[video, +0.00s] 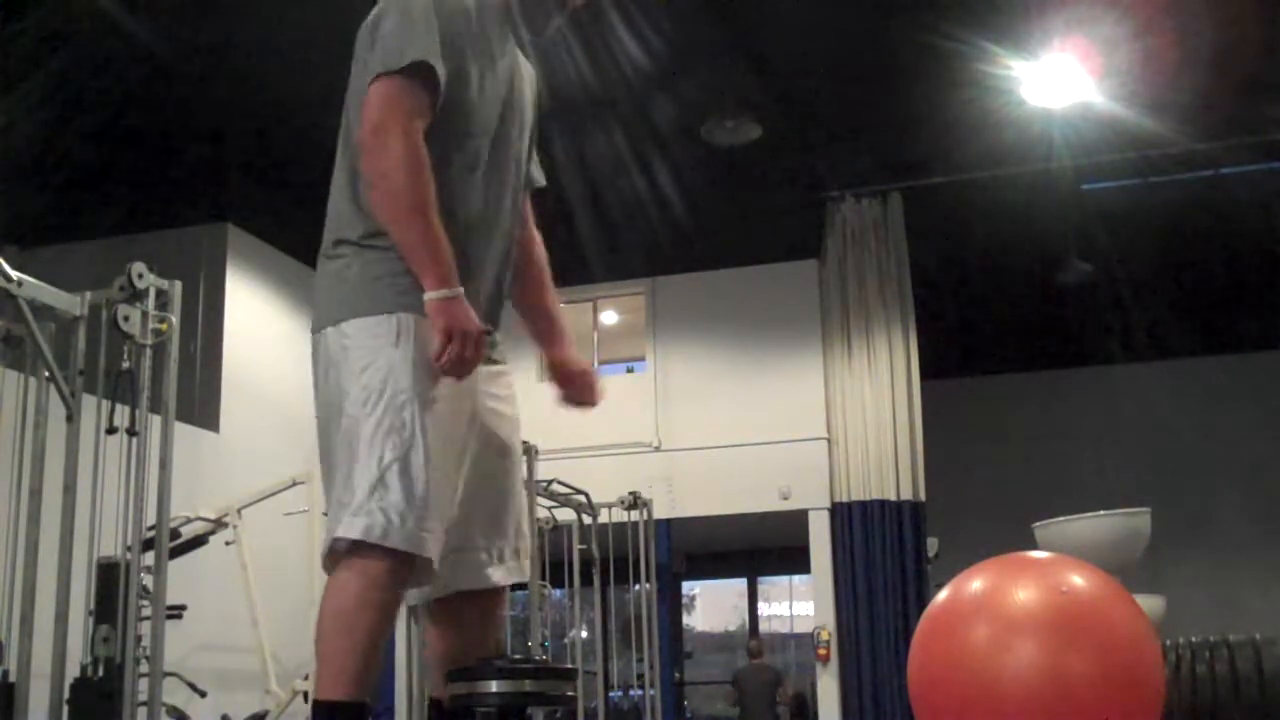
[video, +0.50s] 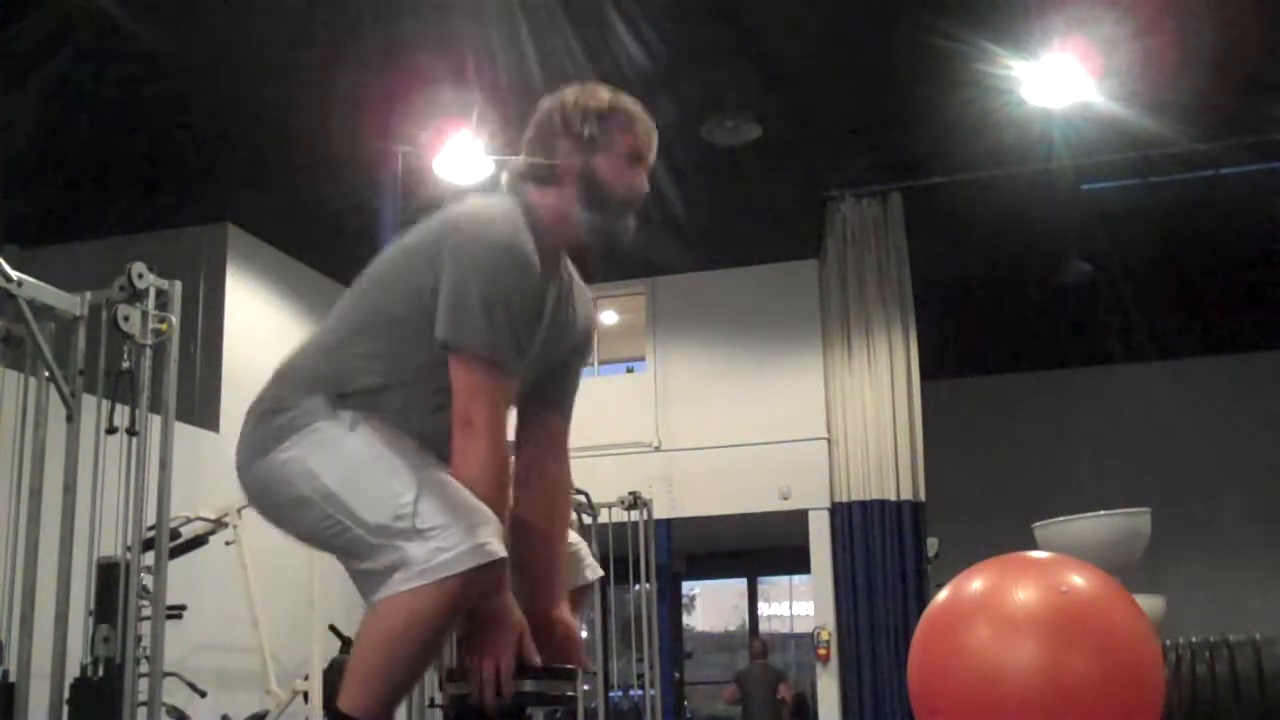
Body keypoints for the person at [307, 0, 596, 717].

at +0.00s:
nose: (580, 6)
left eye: (581, 10)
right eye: (578, 3)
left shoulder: (517, 64)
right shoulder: (427, 6)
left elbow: (513, 217)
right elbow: (386, 137)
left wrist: (557, 342)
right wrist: (442, 286)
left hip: (472, 323)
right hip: (388, 305)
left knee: (474, 567)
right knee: (380, 543)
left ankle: (470, 717)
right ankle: (336, 714)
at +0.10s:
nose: (596, 11)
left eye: (598, 10)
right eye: (592, 1)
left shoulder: (532, 83)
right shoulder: (429, 15)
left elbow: (516, 226)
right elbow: (404, 158)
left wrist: (533, 358)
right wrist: (453, 309)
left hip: (464, 326)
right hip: (377, 308)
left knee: (492, 548)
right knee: (391, 535)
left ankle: (465, 716)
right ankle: (337, 714)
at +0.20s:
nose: (608, 35)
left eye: (619, 22)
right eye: (601, 11)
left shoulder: (549, 131)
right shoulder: (447, 50)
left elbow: (519, 272)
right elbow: (424, 213)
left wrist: (530, 389)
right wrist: (475, 369)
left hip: (454, 342)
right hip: (358, 318)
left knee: (511, 558)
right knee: (402, 535)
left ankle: (475, 712)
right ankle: (339, 713)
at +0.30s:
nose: (617, 87)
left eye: (629, 75)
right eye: (613, 61)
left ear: (627, 89)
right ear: (564, 41)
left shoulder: (559, 192)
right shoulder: (464, 118)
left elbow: (526, 335)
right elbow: (447, 292)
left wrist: (542, 462)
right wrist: (486, 453)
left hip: (422, 377)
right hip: (329, 350)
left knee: (532, 554)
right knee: (420, 533)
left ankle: (476, 711)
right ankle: (342, 715)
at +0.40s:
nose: (639, 146)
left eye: (645, 129)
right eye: (628, 120)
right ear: (571, 108)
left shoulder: (566, 263)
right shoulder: (480, 199)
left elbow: (538, 420)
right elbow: (467, 390)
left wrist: (548, 562)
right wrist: (489, 552)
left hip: (403, 415)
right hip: (314, 392)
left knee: (552, 569)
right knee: (441, 542)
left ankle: (487, 709)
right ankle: (347, 712)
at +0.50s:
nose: (645, 186)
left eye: (648, 168)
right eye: (632, 161)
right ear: (571, 154)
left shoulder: (572, 305)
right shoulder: (493, 237)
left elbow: (543, 460)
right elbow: (474, 430)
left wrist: (547, 605)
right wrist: (488, 601)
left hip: (397, 446)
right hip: (307, 427)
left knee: (566, 570)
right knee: (459, 548)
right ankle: (355, 709)